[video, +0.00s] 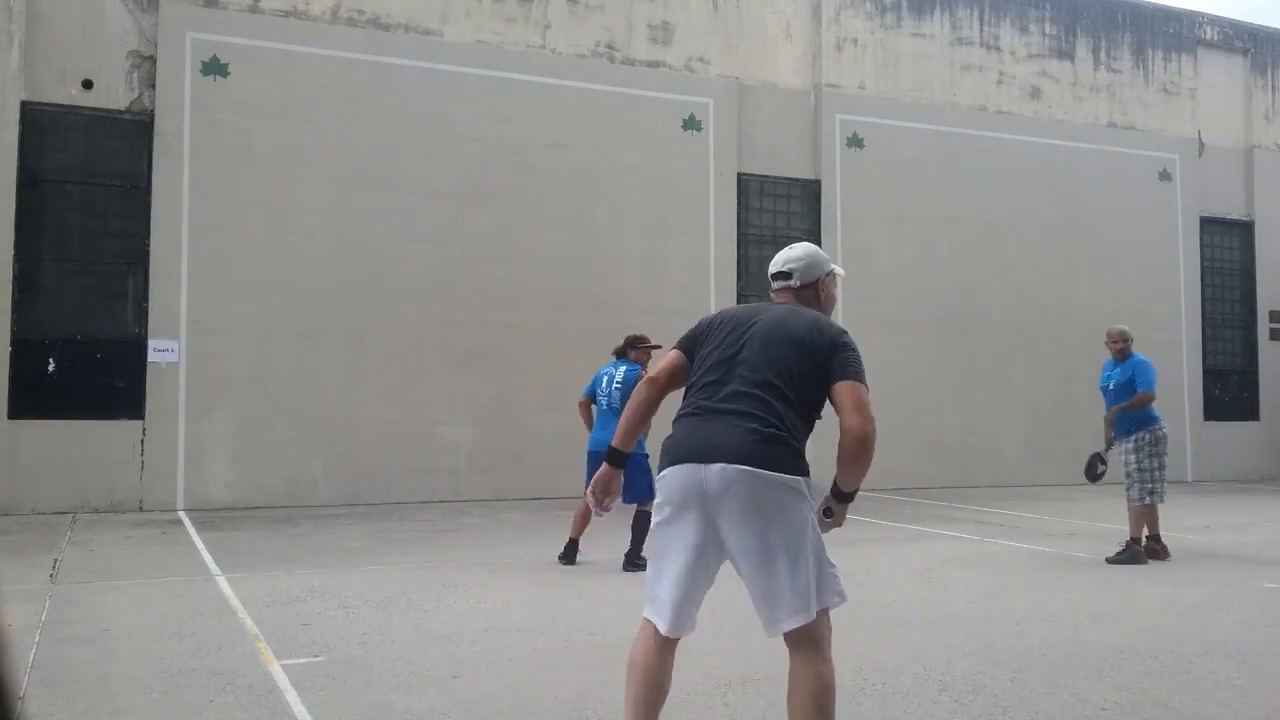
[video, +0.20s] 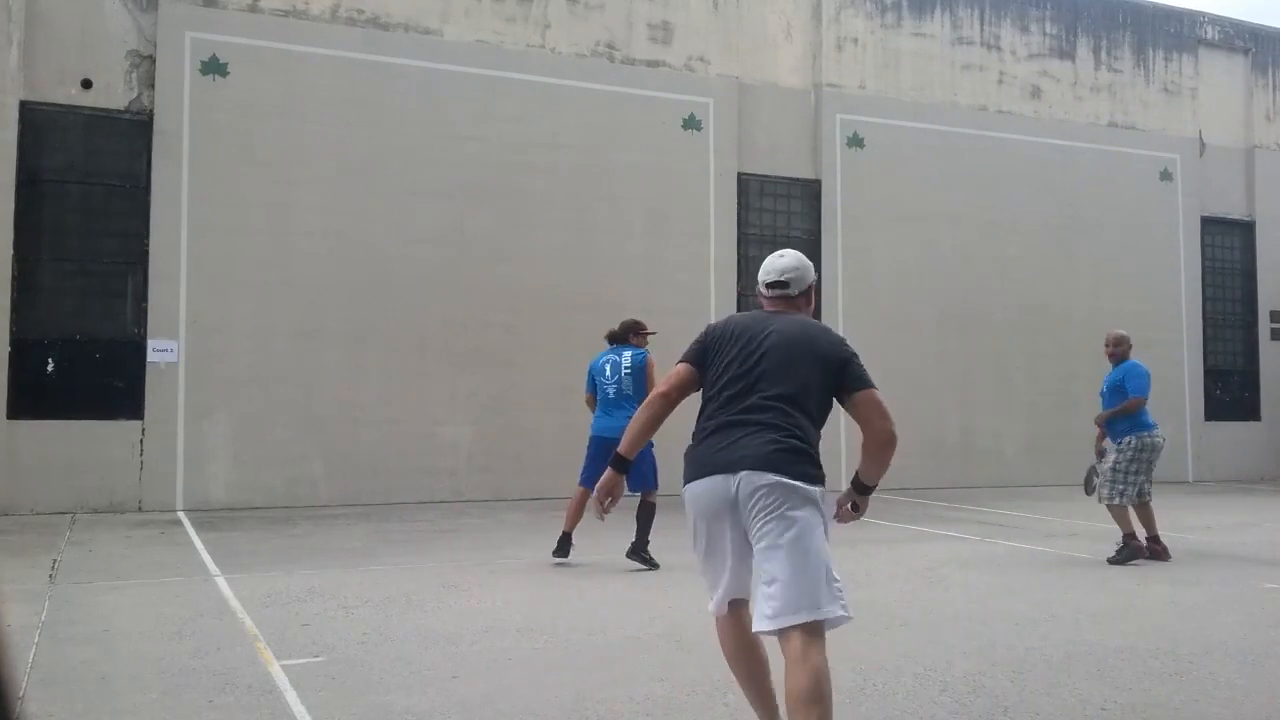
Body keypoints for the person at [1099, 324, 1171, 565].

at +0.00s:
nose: (1117, 346)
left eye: (1121, 342)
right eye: (1112, 342)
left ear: (1130, 342)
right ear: (1107, 345)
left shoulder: (1140, 364)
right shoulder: (1108, 368)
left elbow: (1148, 395)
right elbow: (1110, 405)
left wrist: (1117, 410)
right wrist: (1109, 433)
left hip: (1146, 433)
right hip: (1129, 436)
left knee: (1136, 489)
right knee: (1145, 489)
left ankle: (1134, 546)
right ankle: (1155, 542)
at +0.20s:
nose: (1111, 350)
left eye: (1116, 346)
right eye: (1107, 346)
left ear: (1129, 348)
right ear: (1104, 349)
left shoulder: (1134, 369)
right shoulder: (1112, 376)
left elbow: (1138, 401)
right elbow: (1111, 413)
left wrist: (1107, 415)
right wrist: (1100, 440)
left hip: (1138, 439)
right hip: (1133, 440)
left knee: (1109, 490)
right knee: (1138, 491)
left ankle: (1132, 542)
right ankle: (1155, 544)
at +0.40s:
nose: (1084, 364)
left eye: (1088, 360)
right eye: (1085, 359)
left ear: (1099, 363)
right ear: (1106, 364)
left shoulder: (1104, 386)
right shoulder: (1117, 381)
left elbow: (1100, 429)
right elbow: (1110, 425)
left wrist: (1086, 452)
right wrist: (1092, 449)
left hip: (1129, 450)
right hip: (1147, 447)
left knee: (1089, 495)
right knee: (1133, 496)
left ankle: (1102, 548)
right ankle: (1154, 546)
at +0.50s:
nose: (1070, 362)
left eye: (1073, 358)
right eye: (1071, 358)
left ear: (1083, 361)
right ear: (1091, 361)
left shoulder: (1088, 385)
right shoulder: (1106, 378)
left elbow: (1084, 426)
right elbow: (1108, 421)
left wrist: (1068, 445)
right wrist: (1086, 445)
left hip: (1118, 449)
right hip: (1138, 444)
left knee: (1084, 497)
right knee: (1131, 494)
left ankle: (1095, 552)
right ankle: (1151, 544)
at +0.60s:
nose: (1058, 352)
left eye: (1061, 348)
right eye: (1058, 348)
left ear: (1074, 350)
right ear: (1079, 350)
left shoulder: (1077, 374)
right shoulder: (1095, 367)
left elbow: (1075, 416)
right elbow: (1093, 409)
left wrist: (1056, 432)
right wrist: (1072, 431)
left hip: (1105, 443)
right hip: (1127, 436)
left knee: (1079, 495)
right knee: (1124, 490)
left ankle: (1095, 551)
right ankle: (1139, 545)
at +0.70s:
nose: (1048, 344)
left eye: (1052, 339)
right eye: (1048, 339)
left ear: (1066, 341)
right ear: (1071, 340)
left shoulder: (1070, 364)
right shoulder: (1086, 358)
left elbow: (1074, 402)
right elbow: (1088, 404)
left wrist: (1054, 421)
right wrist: (1064, 423)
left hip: (1094, 433)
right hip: (1116, 429)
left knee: (1070, 491)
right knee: (1103, 490)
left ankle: (1091, 545)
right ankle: (1116, 545)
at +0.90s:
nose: (1031, 354)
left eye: (1035, 349)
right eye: (1032, 349)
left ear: (1048, 350)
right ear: (1053, 351)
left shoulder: (1057, 373)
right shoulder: (1069, 370)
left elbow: (1057, 413)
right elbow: (1064, 416)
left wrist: (1033, 429)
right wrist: (1040, 433)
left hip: (1069, 443)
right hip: (1090, 442)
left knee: (1041, 500)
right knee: (1074, 503)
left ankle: (1041, 560)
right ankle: (1097, 553)